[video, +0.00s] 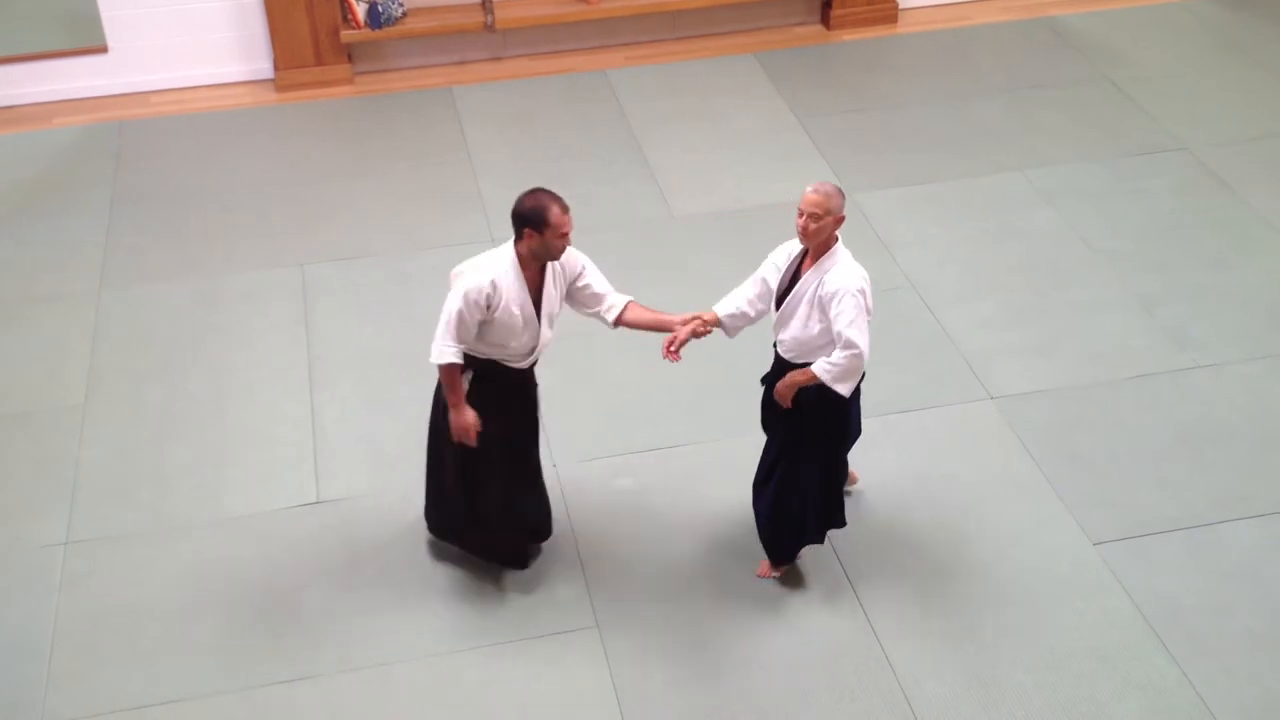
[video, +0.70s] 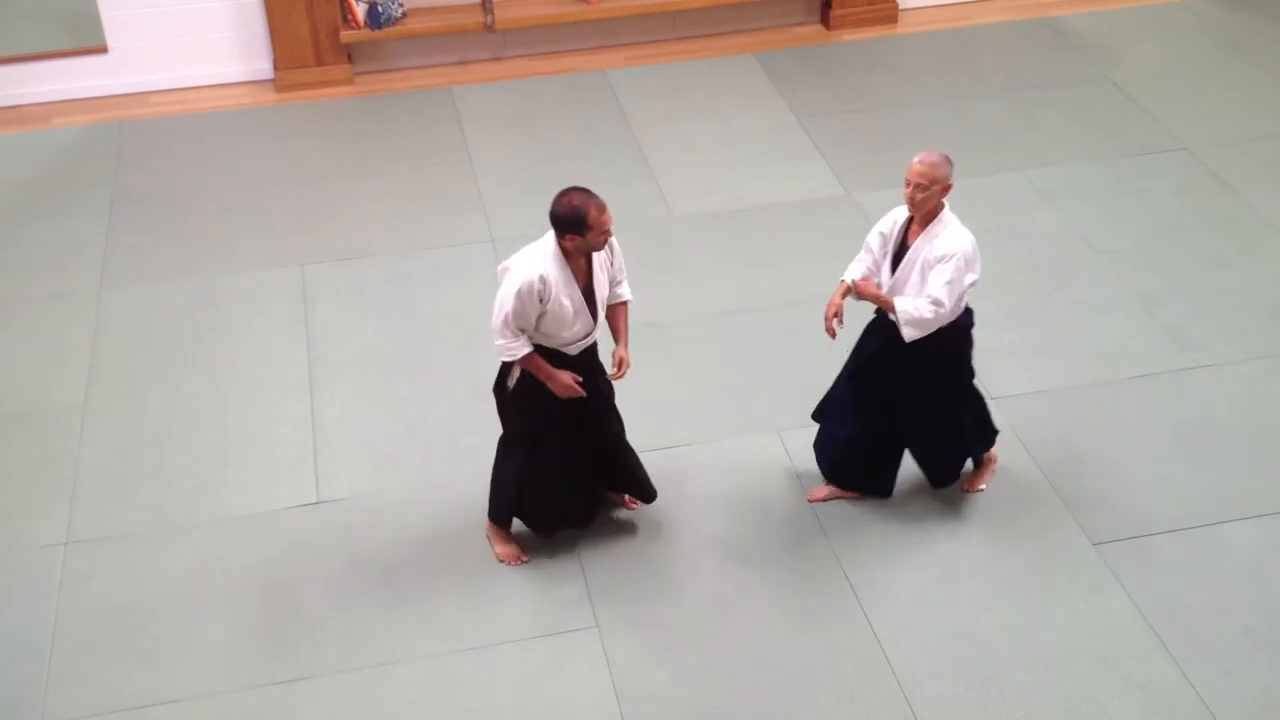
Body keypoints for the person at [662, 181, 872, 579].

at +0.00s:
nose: (803, 224)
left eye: (814, 218)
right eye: (800, 214)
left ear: (837, 223)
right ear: (796, 212)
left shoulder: (847, 281)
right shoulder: (789, 254)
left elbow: (852, 355)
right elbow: (751, 297)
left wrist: (796, 379)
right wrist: (700, 323)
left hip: (821, 391)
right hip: (785, 373)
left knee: (782, 474)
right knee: (792, 441)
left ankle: (782, 555)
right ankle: (838, 474)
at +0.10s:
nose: (814, 215)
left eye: (824, 209)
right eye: (810, 205)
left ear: (847, 213)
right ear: (806, 204)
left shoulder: (858, 271)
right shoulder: (798, 246)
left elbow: (863, 344)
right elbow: (764, 289)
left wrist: (805, 360)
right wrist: (720, 323)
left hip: (834, 380)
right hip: (796, 367)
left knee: (789, 466)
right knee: (809, 434)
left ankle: (786, 551)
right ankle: (841, 482)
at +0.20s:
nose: (824, 209)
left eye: (835, 203)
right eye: (821, 199)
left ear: (858, 206)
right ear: (817, 198)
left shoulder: (871, 262)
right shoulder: (808, 239)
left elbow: (875, 334)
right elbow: (779, 283)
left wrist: (818, 340)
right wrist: (743, 321)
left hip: (852, 368)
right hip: (809, 357)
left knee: (825, 449)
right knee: (800, 441)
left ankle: (803, 544)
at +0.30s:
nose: (838, 204)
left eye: (849, 198)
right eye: (834, 195)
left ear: (870, 201)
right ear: (828, 194)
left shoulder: (886, 256)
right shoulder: (819, 233)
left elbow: (886, 326)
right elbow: (791, 278)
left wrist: (830, 326)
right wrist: (768, 317)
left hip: (870, 356)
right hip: (826, 347)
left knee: (855, 435)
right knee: (804, 424)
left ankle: (846, 528)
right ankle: (826, 509)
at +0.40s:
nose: (852, 201)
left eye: (863, 196)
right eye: (848, 192)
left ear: (884, 198)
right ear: (843, 190)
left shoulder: (899, 251)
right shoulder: (831, 231)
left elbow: (896, 321)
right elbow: (805, 274)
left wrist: (841, 316)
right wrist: (788, 314)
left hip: (884, 347)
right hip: (839, 339)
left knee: (880, 425)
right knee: (813, 410)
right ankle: (822, 482)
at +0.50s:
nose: (869, 198)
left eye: (879, 192)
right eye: (865, 189)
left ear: (902, 194)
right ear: (860, 186)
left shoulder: (915, 248)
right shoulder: (851, 224)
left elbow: (905, 319)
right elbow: (824, 266)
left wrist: (853, 307)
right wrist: (807, 308)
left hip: (897, 341)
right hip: (851, 333)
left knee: (905, 416)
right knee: (823, 406)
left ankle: (945, 479)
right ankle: (831, 480)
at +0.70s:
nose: (910, 194)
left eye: (920, 188)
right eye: (908, 184)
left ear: (944, 191)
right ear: (903, 181)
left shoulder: (957, 246)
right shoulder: (897, 220)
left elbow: (935, 310)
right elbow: (868, 257)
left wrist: (881, 299)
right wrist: (839, 294)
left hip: (938, 339)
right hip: (891, 329)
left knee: (955, 401)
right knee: (859, 401)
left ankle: (985, 456)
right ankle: (852, 480)